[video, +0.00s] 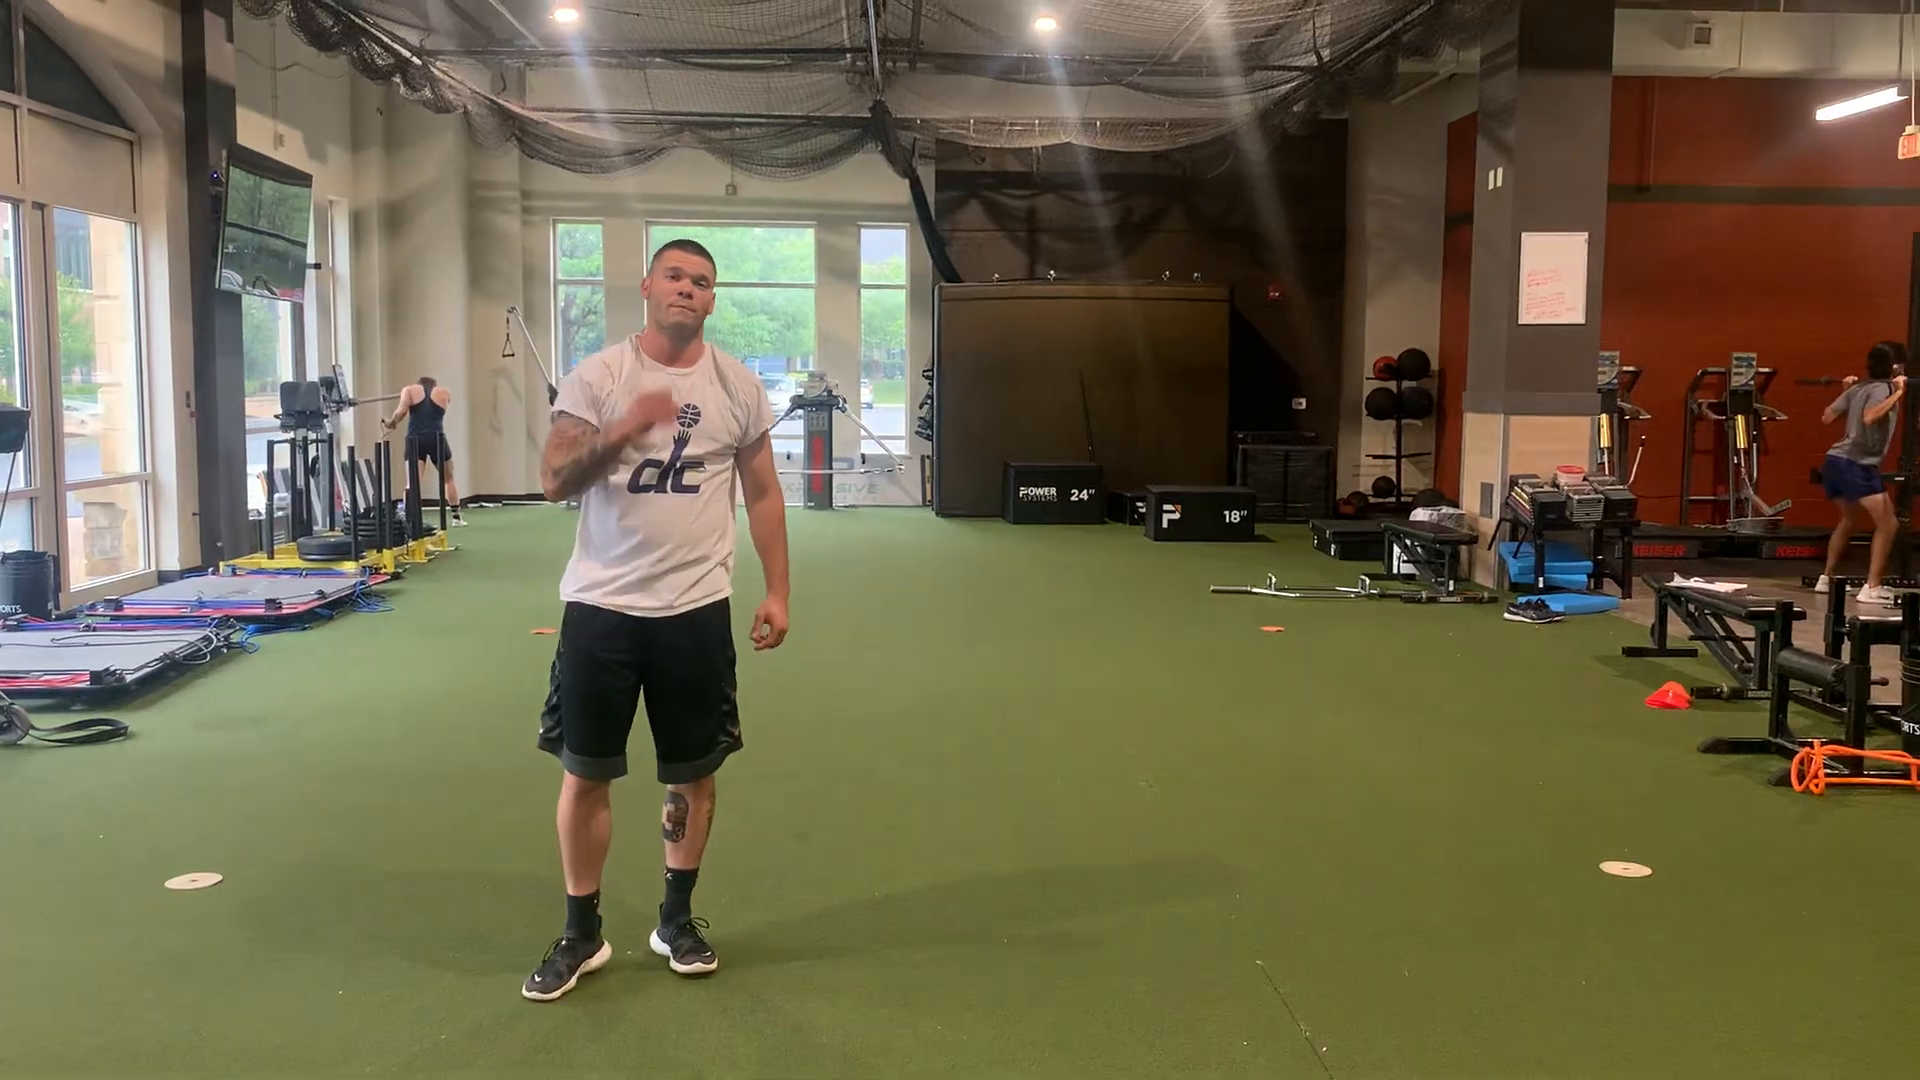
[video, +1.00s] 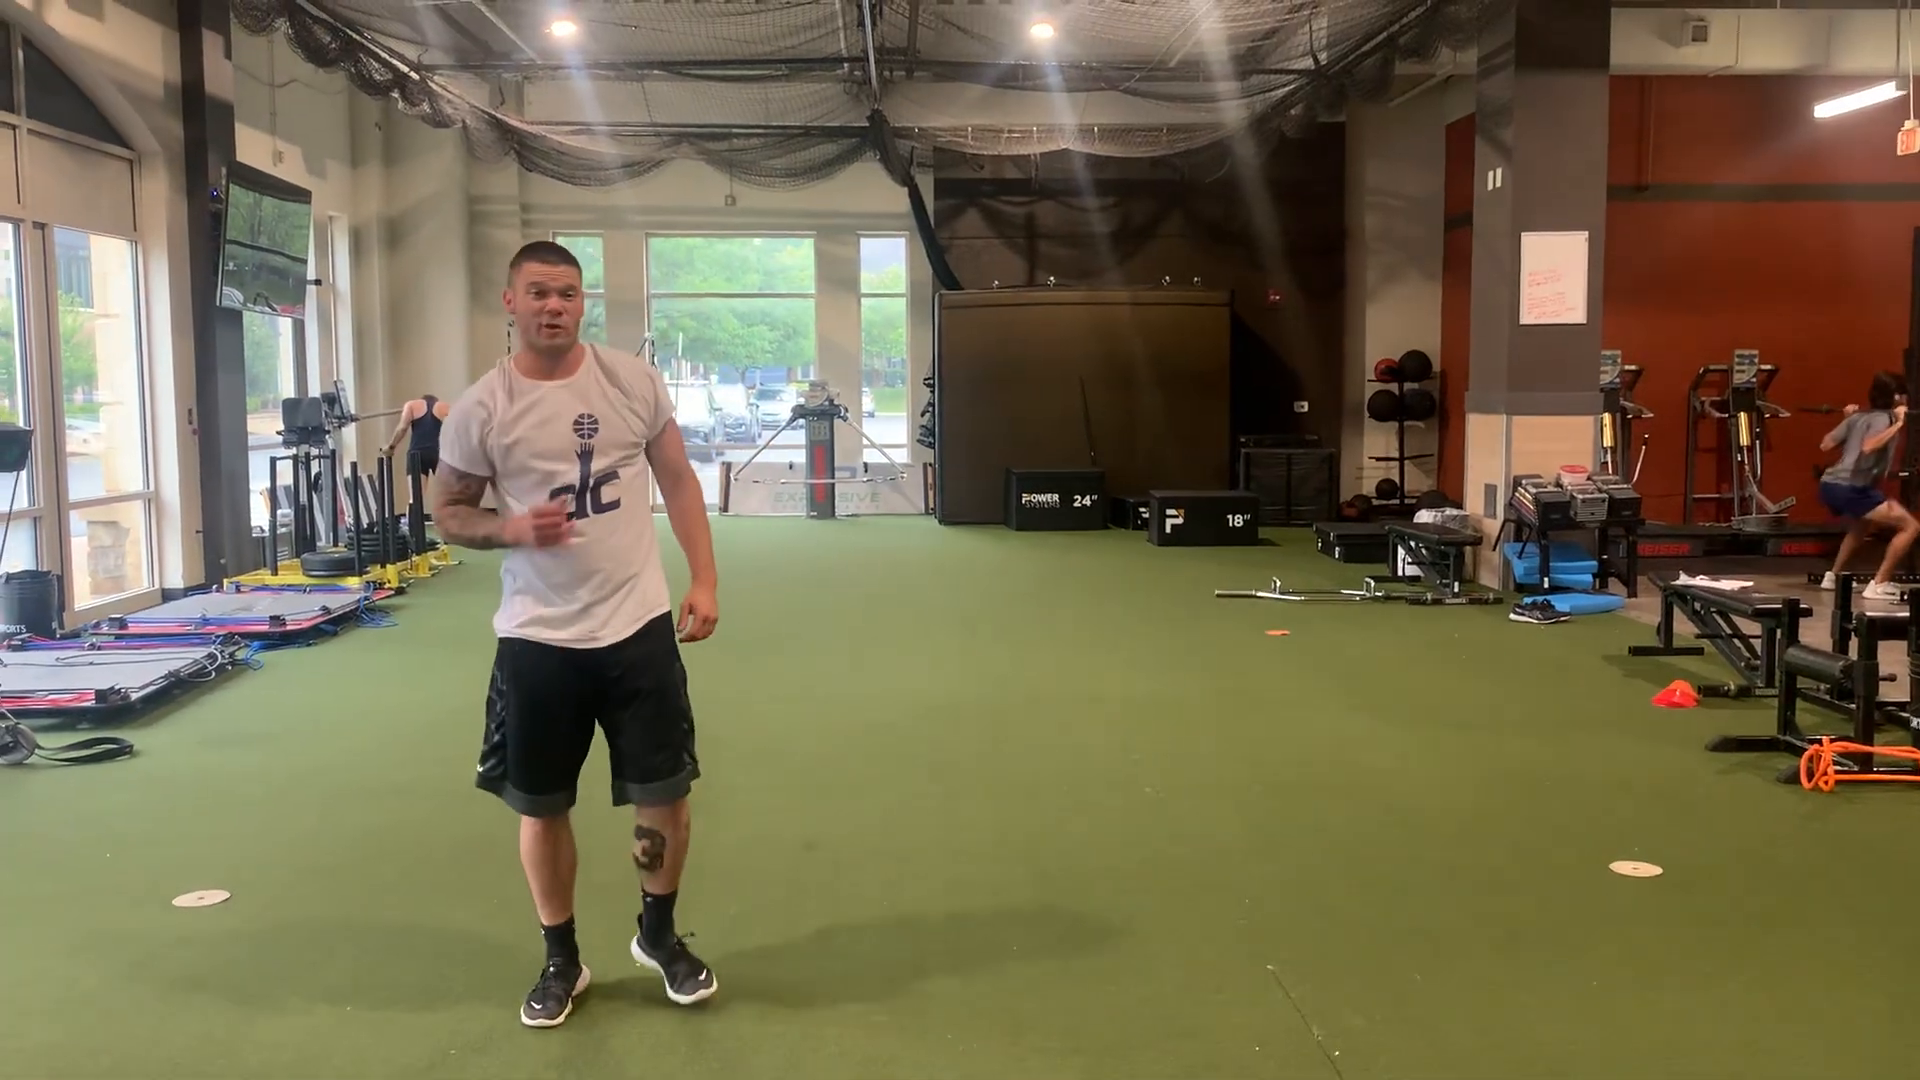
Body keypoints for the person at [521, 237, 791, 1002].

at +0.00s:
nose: (687, 290)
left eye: (700, 282)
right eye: (674, 276)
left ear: (714, 303)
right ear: (645, 287)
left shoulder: (738, 386)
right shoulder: (596, 375)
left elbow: (763, 493)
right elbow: (557, 478)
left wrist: (777, 591)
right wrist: (624, 430)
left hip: (696, 607)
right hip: (602, 605)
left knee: (691, 771)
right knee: (584, 773)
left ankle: (676, 919)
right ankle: (580, 933)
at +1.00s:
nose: (552, 305)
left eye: (565, 293)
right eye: (537, 292)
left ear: (584, 304)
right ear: (509, 303)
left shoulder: (634, 380)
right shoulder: (479, 409)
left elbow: (679, 482)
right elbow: (448, 512)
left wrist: (704, 578)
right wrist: (513, 528)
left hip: (637, 623)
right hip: (539, 637)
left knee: (665, 787)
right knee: (543, 803)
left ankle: (658, 933)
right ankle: (560, 959)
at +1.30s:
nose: (570, 311)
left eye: (586, 300)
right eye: (556, 296)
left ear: (604, 310)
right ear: (528, 304)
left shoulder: (653, 390)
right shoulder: (491, 409)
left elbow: (703, 487)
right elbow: (458, 519)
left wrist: (676, 530)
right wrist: (524, 539)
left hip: (643, 637)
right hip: (542, 644)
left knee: (656, 809)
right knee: (545, 810)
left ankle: (662, 1001)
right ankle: (568, 959)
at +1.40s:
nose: (596, 307)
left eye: (611, 295)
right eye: (581, 291)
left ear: (628, 308)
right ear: (551, 299)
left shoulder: (668, 392)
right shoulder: (505, 405)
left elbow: (716, 497)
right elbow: (473, 518)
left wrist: (660, 517)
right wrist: (545, 531)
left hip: (647, 638)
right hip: (545, 645)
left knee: (661, 816)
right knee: (549, 813)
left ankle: (666, 1012)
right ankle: (570, 957)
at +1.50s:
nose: (621, 297)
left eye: (637, 287)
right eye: (608, 282)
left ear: (655, 303)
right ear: (577, 290)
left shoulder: (685, 392)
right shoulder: (524, 394)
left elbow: (732, 504)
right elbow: (481, 507)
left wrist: (672, 513)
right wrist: (553, 523)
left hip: (654, 640)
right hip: (550, 645)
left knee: (669, 825)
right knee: (550, 819)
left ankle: (668, 1017)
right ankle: (568, 949)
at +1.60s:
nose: (640, 293)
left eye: (657, 284)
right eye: (628, 277)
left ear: (675, 302)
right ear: (599, 286)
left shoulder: (702, 392)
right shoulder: (543, 388)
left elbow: (759, 501)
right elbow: (481, 496)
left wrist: (730, 513)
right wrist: (528, 512)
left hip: (663, 646)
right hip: (556, 649)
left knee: (676, 835)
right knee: (545, 828)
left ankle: (669, 1021)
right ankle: (564, 946)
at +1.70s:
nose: (658, 293)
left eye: (675, 284)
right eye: (645, 277)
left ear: (692, 304)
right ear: (614, 284)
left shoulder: (717, 398)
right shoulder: (552, 389)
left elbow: (786, 508)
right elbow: (476, 497)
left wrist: (808, 498)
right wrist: (449, 466)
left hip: (669, 652)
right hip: (559, 652)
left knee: (678, 841)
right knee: (542, 836)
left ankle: (669, 1021)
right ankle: (563, 938)